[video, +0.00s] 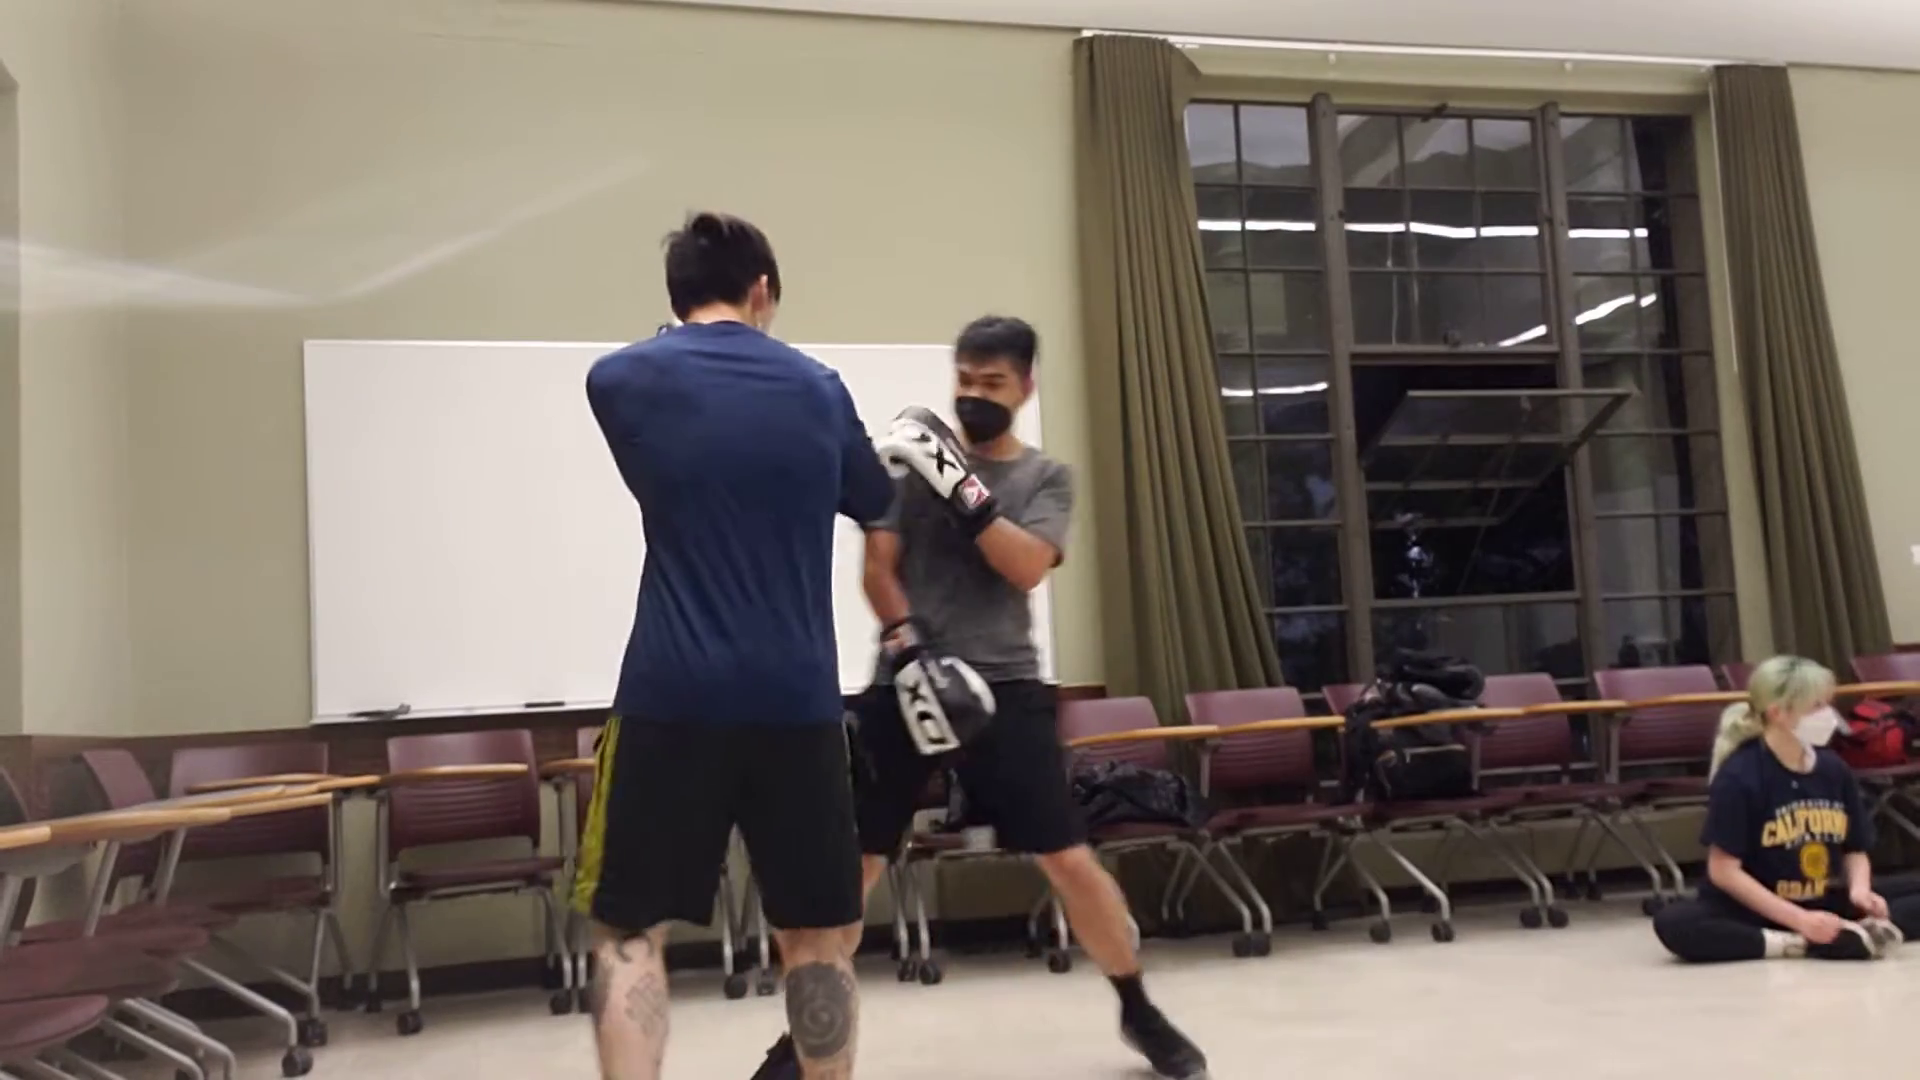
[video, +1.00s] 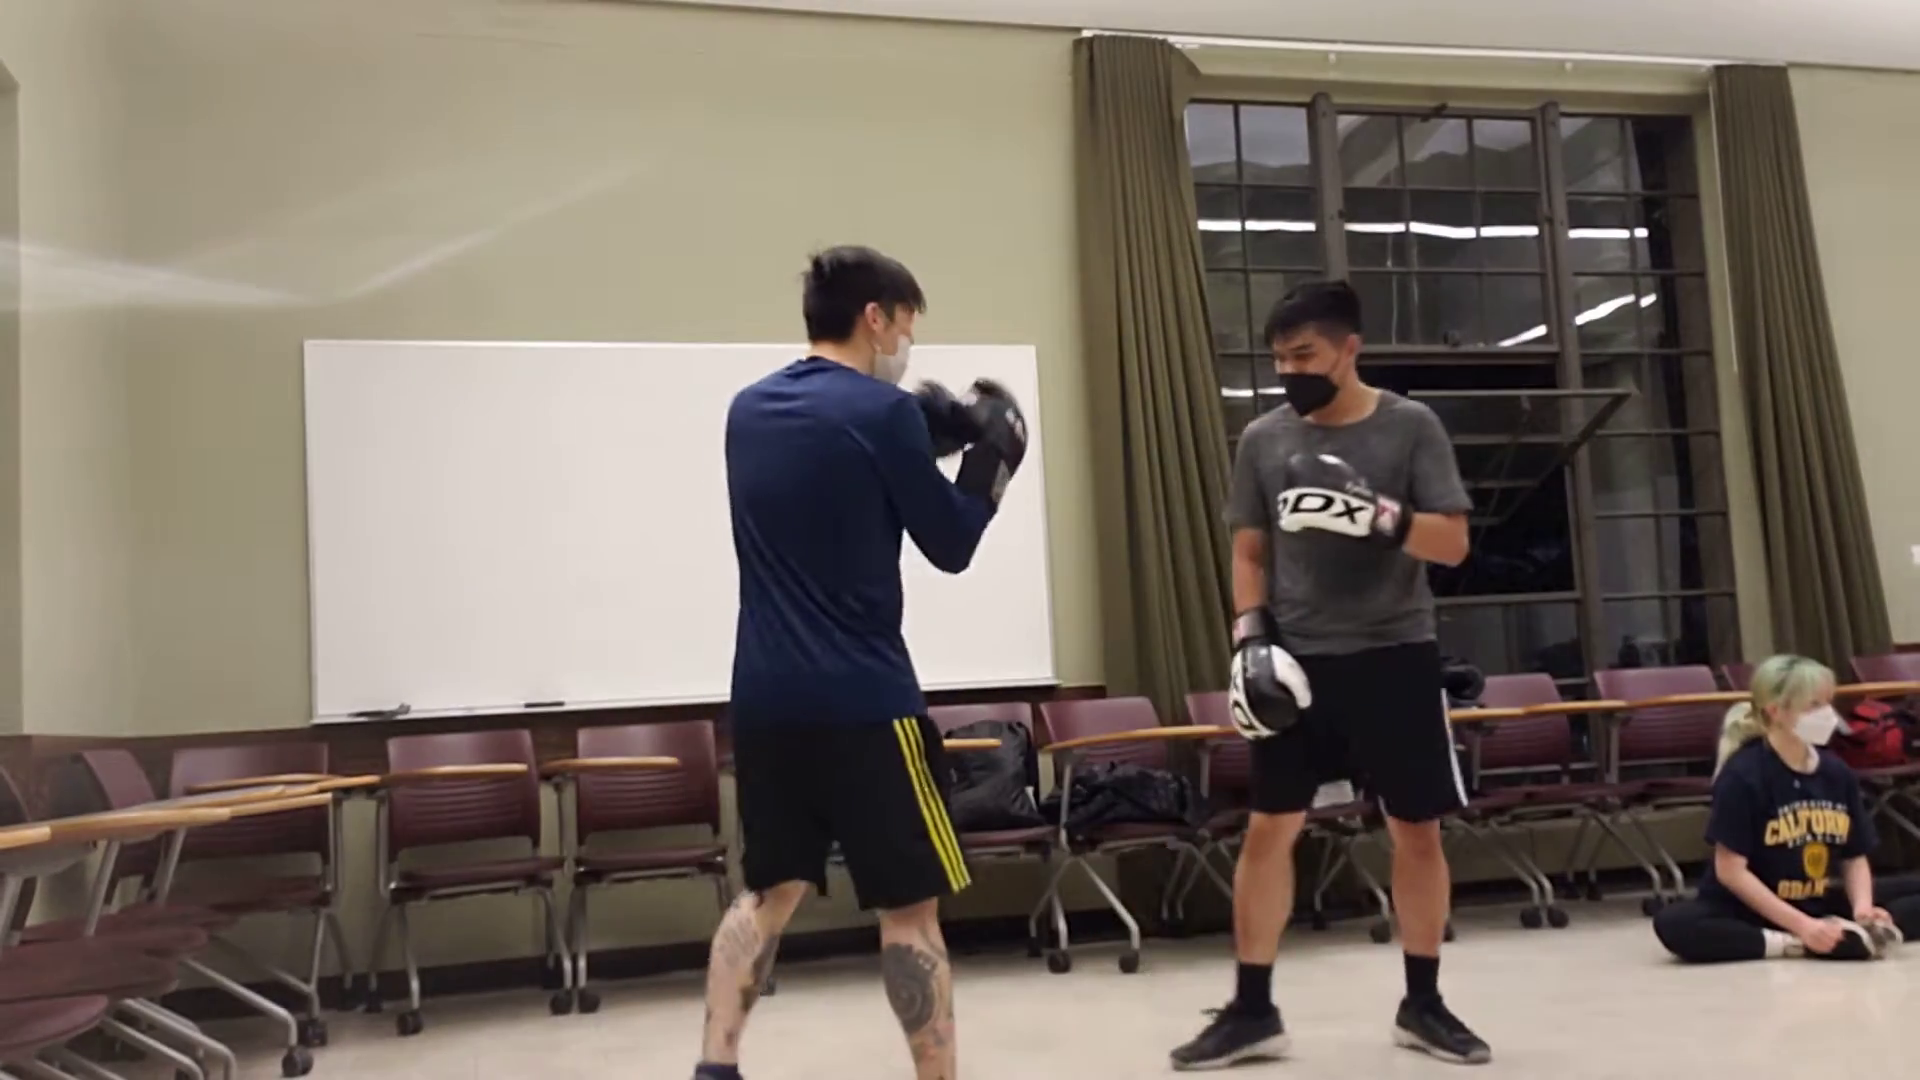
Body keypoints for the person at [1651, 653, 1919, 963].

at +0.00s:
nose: (1830, 716)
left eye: (1828, 705)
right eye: (1817, 708)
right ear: (1778, 714)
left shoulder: (1834, 770)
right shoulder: (1739, 776)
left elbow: (1856, 848)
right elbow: (1722, 870)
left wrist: (1858, 889)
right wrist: (1799, 920)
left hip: (1828, 905)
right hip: (1755, 909)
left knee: (1915, 902)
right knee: (1672, 922)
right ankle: (1792, 944)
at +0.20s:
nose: (1830, 716)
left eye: (1830, 705)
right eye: (1817, 707)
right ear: (1777, 711)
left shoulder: (1836, 773)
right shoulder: (1741, 775)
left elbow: (1856, 854)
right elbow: (1727, 870)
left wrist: (1861, 905)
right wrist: (1801, 923)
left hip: (1827, 905)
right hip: (1754, 909)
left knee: (1916, 903)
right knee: (1672, 922)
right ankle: (1792, 944)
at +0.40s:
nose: (1831, 716)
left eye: (1832, 705)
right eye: (1818, 707)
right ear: (1778, 711)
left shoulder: (1838, 774)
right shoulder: (1743, 775)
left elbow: (1856, 855)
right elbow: (1729, 870)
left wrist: (1861, 906)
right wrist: (1803, 925)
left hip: (1827, 906)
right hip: (1753, 910)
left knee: (1916, 900)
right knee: (1672, 922)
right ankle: (1793, 944)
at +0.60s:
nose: (1831, 716)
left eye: (1832, 705)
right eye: (1818, 707)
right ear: (1778, 711)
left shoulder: (1838, 775)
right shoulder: (1743, 775)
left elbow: (1855, 856)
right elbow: (1729, 870)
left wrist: (1862, 905)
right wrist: (1803, 925)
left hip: (1826, 907)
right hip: (1752, 910)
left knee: (1916, 901)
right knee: (1672, 922)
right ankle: (1792, 944)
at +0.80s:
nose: (1830, 715)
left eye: (1830, 704)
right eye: (1816, 706)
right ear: (1776, 711)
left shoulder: (1837, 775)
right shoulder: (1743, 775)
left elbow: (1856, 855)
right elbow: (1729, 870)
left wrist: (1863, 907)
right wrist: (1803, 926)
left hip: (1824, 906)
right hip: (1751, 909)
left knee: (1915, 899)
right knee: (1671, 923)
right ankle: (1792, 944)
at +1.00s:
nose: (1829, 715)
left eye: (1829, 704)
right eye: (1816, 706)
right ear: (1775, 711)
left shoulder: (1837, 775)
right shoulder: (1743, 775)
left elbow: (1855, 855)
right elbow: (1729, 870)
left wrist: (1863, 907)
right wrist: (1802, 925)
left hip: (1823, 906)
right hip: (1750, 909)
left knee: (1915, 899)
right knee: (1671, 923)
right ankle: (1792, 943)